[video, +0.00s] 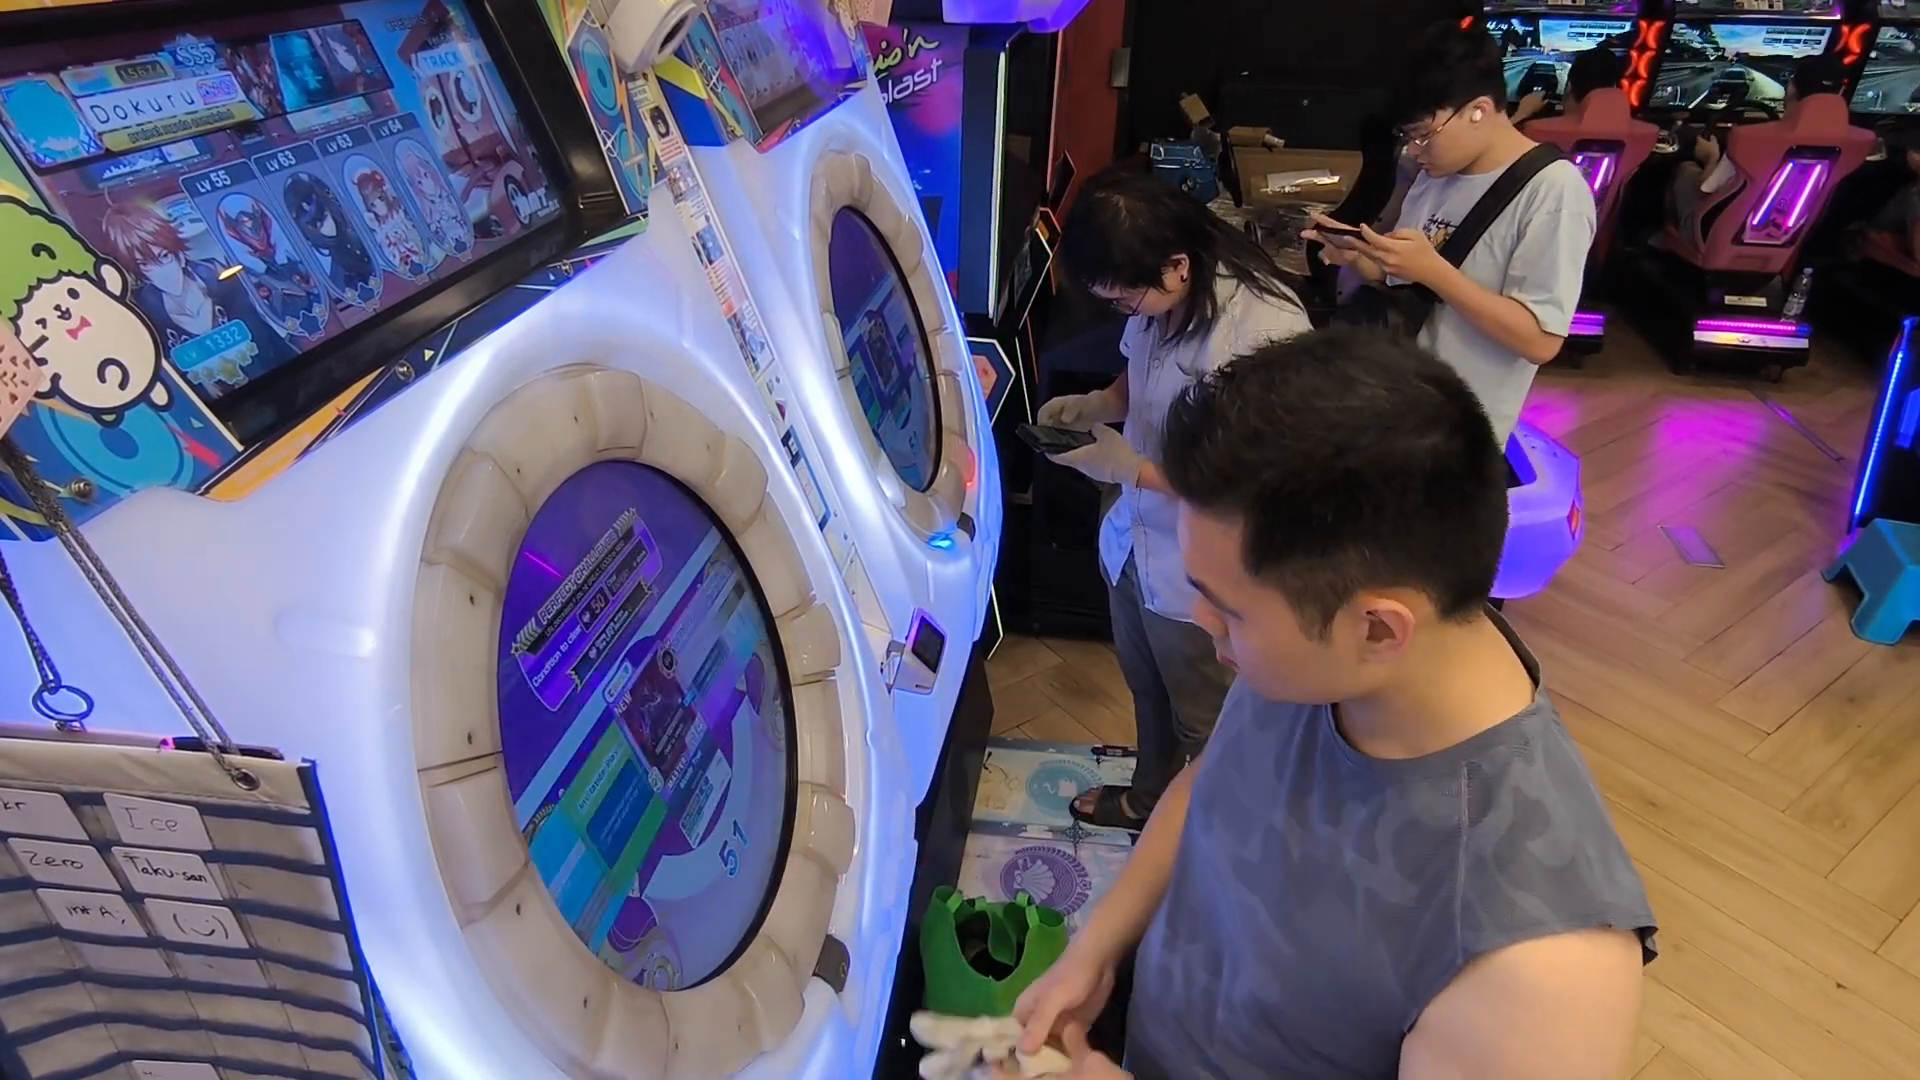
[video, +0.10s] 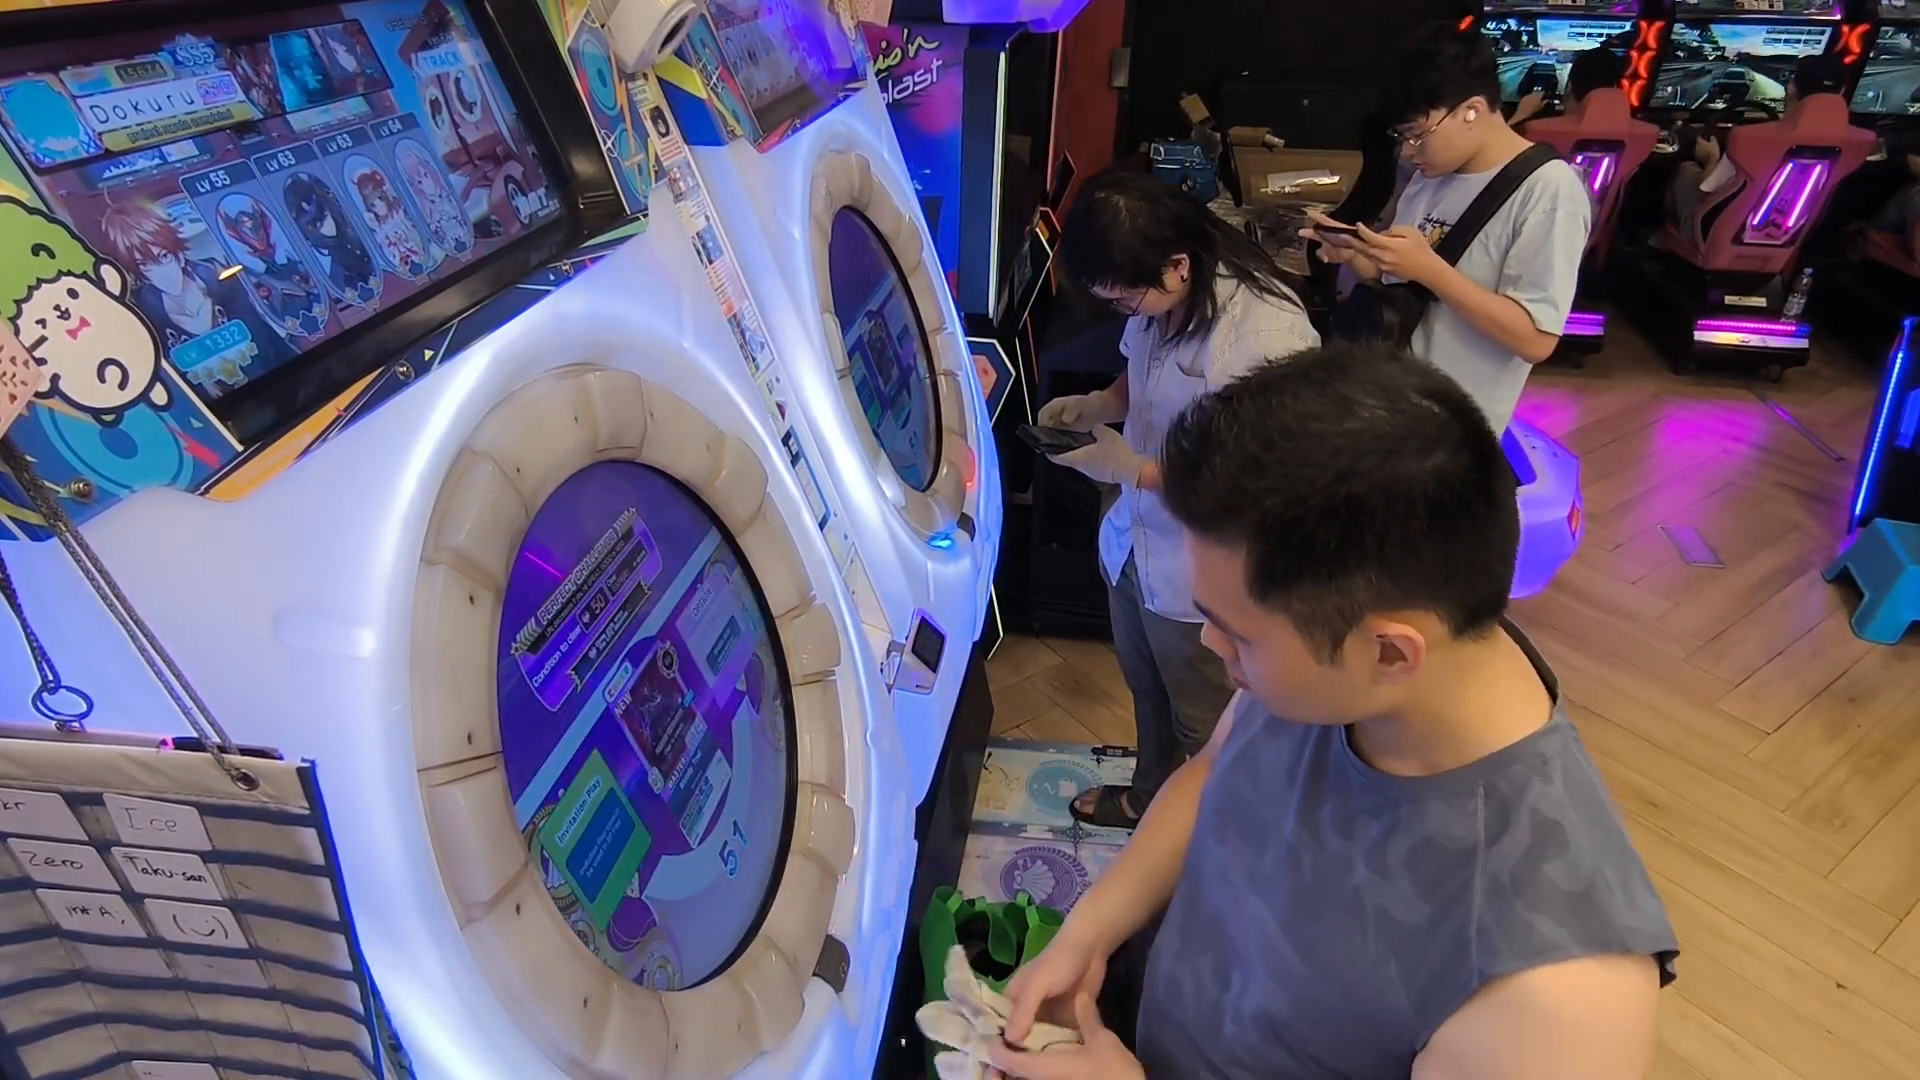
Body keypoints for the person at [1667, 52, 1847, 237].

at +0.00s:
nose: (1786, 90)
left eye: (1789, 85)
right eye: (1789, 85)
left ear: (1794, 91)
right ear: (1838, 96)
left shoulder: (1756, 140)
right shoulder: (1848, 151)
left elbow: (1707, 187)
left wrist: (1712, 156)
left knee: (1686, 170)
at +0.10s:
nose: (1787, 88)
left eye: (1790, 83)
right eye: (1790, 82)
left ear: (1794, 90)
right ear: (1837, 95)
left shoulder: (1758, 140)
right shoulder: (1845, 150)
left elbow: (1708, 186)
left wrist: (1713, 156)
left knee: (1685, 170)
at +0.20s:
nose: (1788, 86)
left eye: (1791, 82)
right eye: (1792, 81)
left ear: (1794, 90)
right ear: (1838, 96)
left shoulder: (1759, 139)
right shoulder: (1844, 148)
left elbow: (1712, 189)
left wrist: (1715, 164)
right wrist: (1724, 165)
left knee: (1687, 169)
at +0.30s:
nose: (1788, 86)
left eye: (1792, 82)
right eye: (1792, 80)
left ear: (1794, 91)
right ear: (1839, 97)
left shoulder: (1758, 141)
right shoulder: (1843, 150)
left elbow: (1711, 189)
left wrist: (1714, 164)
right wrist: (1725, 164)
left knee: (1687, 169)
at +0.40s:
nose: (1788, 86)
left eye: (1792, 82)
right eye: (1792, 80)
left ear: (1796, 92)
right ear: (1837, 97)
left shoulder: (1764, 138)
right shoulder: (1842, 149)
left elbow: (1712, 187)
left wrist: (1715, 163)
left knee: (1687, 169)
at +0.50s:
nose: (1788, 87)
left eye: (1792, 83)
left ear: (1794, 90)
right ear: (1840, 96)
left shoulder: (1757, 140)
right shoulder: (1847, 150)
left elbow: (1709, 189)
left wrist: (1709, 158)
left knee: (1686, 169)